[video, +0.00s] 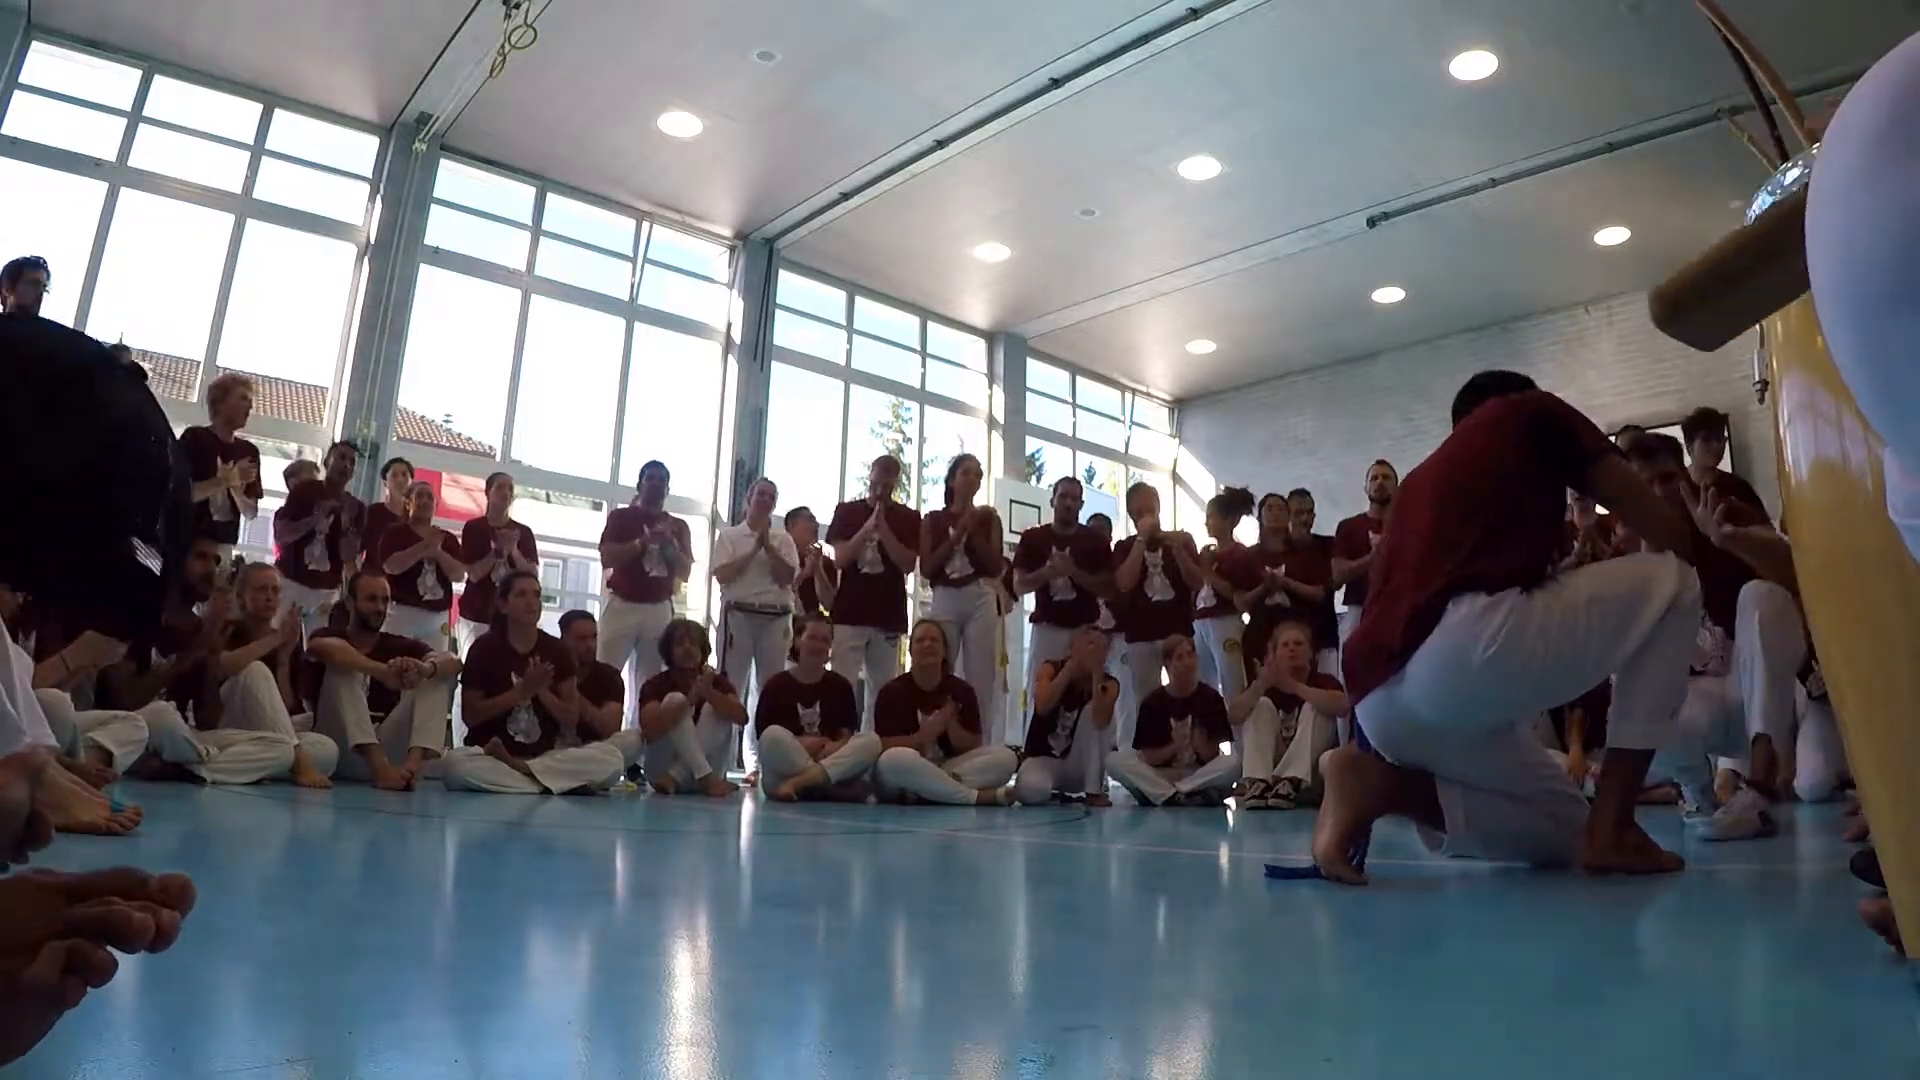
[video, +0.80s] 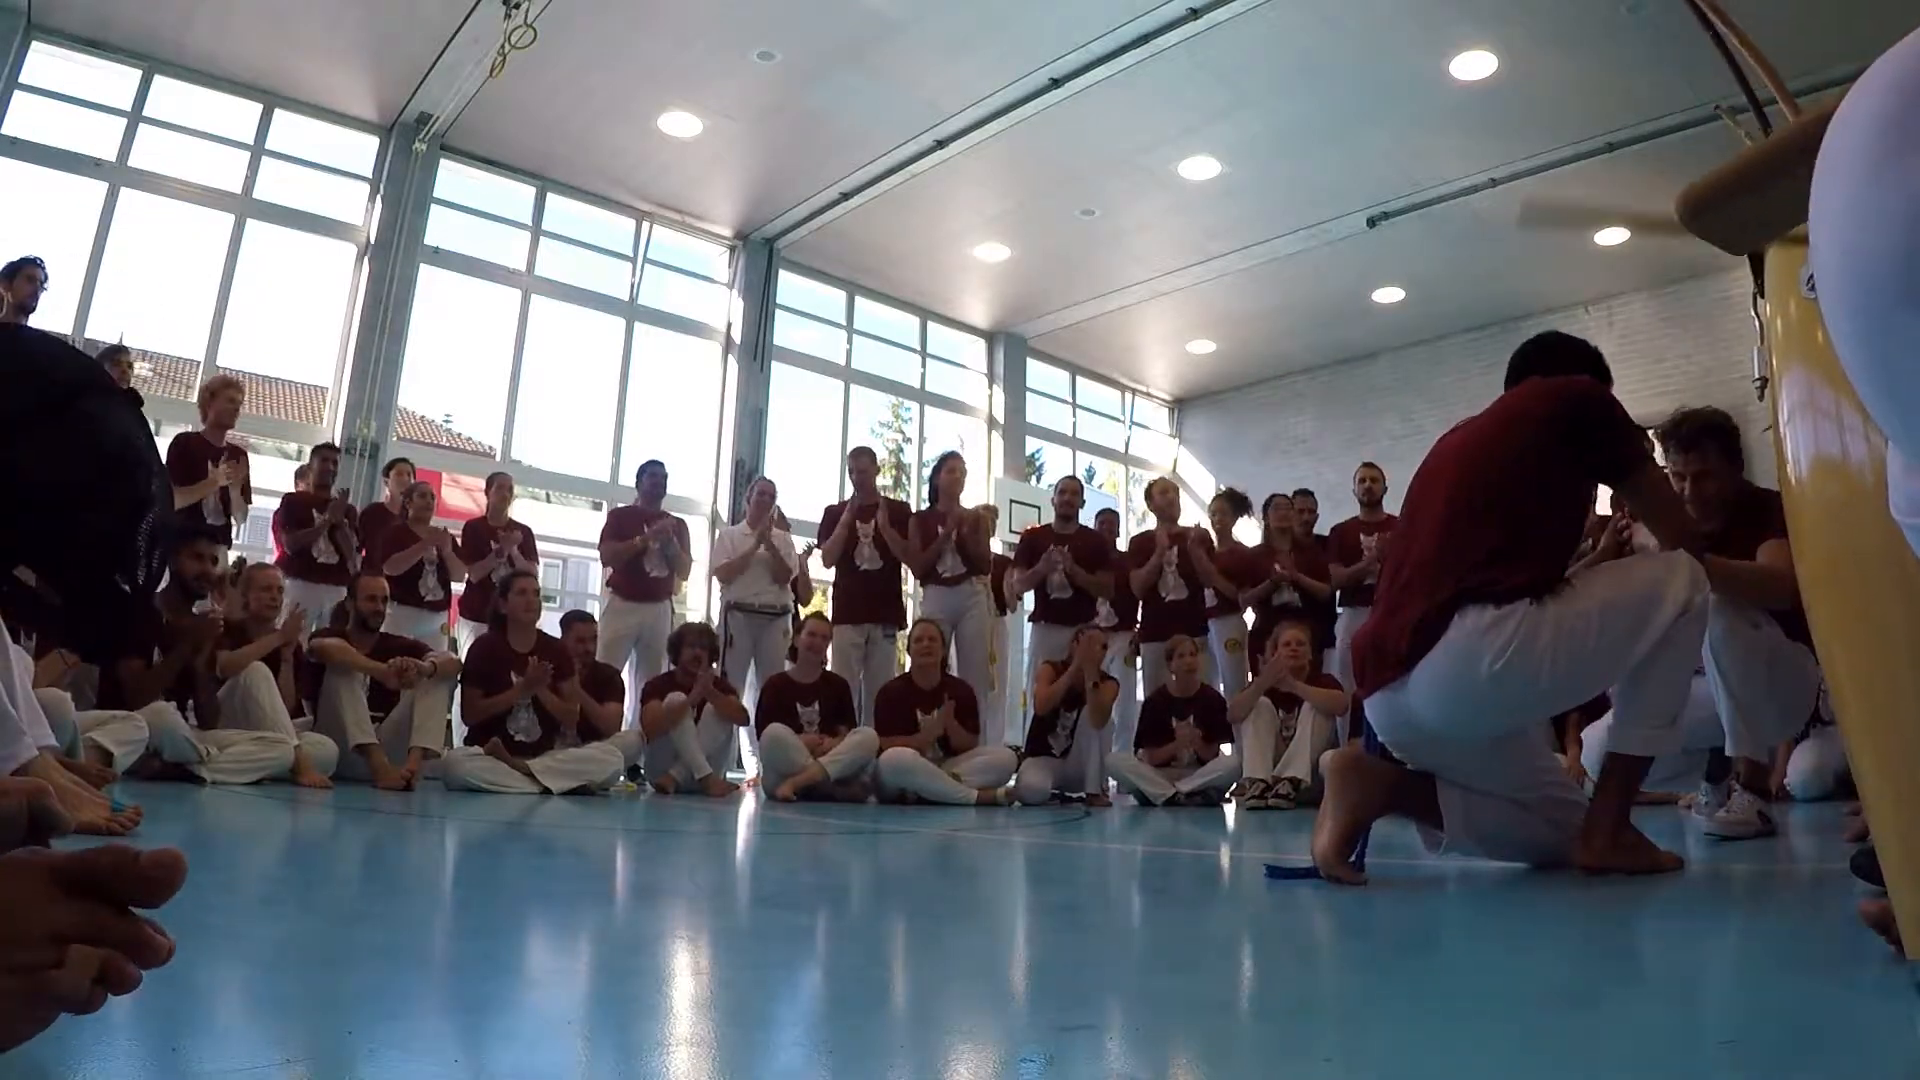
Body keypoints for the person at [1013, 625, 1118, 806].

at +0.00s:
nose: (1094, 650)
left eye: (1100, 645)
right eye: (1088, 643)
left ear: (1106, 653)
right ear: (1073, 648)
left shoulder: (1108, 683)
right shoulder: (1050, 668)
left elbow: (1100, 719)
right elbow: (1042, 706)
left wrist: (1097, 674)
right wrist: (1070, 668)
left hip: (1079, 763)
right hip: (1042, 761)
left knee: (1093, 711)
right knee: (1031, 793)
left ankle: (1094, 791)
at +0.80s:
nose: (1093, 651)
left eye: (1101, 647)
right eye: (1088, 644)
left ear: (1105, 652)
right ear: (1074, 645)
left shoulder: (1108, 683)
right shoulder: (1049, 669)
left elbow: (1098, 719)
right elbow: (1041, 706)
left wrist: (1091, 671)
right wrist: (1075, 667)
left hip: (1080, 763)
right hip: (1042, 760)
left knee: (1093, 712)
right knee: (1032, 792)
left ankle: (1094, 790)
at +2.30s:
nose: (1098, 648)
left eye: (1103, 645)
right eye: (1092, 642)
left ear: (1105, 651)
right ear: (1074, 644)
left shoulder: (1108, 683)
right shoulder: (1050, 671)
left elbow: (1102, 720)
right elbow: (1040, 711)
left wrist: (1091, 678)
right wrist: (1072, 673)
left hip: (1080, 762)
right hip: (1042, 760)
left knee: (1095, 709)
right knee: (1034, 793)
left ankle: (1093, 791)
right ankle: (1010, 794)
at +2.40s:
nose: (1098, 649)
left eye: (1103, 645)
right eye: (1092, 642)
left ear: (1105, 651)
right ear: (1074, 644)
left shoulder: (1109, 683)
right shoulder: (1050, 671)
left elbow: (1105, 726)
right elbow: (1040, 711)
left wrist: (1094, 684)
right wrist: (1069, 672)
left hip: (1083, 759)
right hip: (1043, 757)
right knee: (1041, 787)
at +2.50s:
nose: (1097, 649)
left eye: (1103, 645)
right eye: (1092, 642)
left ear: (1107, 650)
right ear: (1074, 644)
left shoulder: (1105, 679)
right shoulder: (1051, 670)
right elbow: (1046, 705)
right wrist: (1073, 671)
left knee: (1097, 727)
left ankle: (1093, 789)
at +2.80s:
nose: (1096, 650)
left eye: (1102, 646)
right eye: (1090, 643)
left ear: (1105, 652)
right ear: (1073, 646)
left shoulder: (1103, 680)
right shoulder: (1050, 672)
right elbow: (1037, 717)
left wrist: (1091, 686)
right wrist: (1064, 682)